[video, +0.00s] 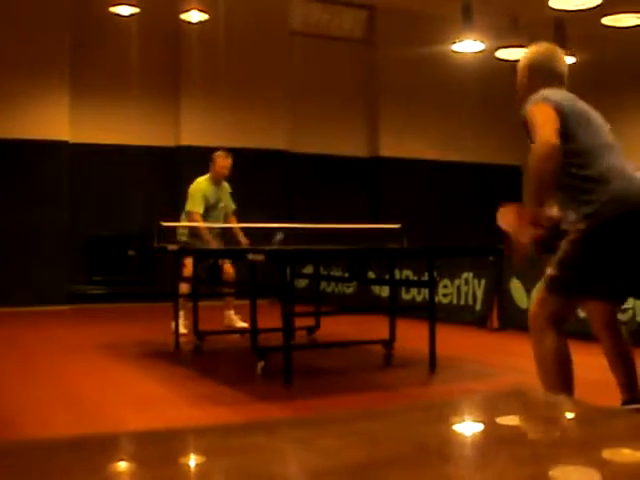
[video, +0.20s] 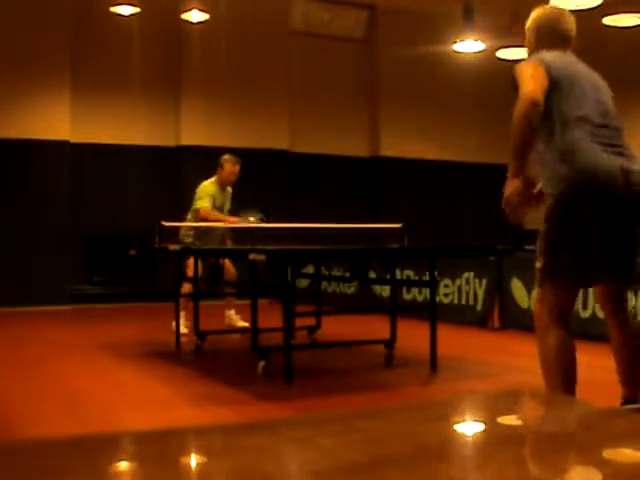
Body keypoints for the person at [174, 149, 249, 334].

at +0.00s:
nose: (225, 171)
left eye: (227, 168)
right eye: (222, 167)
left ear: (229, 168)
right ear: (212, 166)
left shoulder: (224, 187)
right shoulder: (199, 186)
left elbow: (230, 216)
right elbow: (195, 218)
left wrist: (240, 236)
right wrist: (210, 241)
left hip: (212, 237)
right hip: (190, 238)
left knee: (228, 271)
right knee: (188, 272)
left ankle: (229, 313)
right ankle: (182, 317)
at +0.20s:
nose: (234, 176)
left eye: (236, 173)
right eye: (231, 172)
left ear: (236, 173)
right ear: (220, 170)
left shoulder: (228, 191)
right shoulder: (206, 187)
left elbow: (224, 217)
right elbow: (203, 212)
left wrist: (227, 238)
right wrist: (227, 219)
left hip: (213, 240)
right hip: (193, 240)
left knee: (230, 272)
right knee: (192, 275)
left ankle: (230, 313)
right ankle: (182, 318)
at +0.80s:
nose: (230, 158)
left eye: (233, 155)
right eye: (227, 154)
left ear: (237, 158)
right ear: (220, 156)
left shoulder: (239, 178)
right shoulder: (210, 177)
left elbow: (245, 207)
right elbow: (202, 208)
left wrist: (256, 226)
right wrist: (215, 225)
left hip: (230, 234)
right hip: (207, 233)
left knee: (237, 272)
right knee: (201, 272)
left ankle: (232, 312)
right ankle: (192, 313)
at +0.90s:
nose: (227, 158)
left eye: (230, 155)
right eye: (224, 154)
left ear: (234, 158)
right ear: (217, 157)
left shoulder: (237, 178)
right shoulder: (207, 178)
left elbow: (242, 206)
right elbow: (199, 208)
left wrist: (252, 222)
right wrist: (213, 225)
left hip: (231, 233)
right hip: (208, 234)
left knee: (244, 268)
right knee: (202, 271)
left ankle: (239, 308)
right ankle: (194, 313)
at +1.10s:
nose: (230, 162)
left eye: (233, 159)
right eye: (227, 158)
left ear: (237, 161)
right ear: (219, 159)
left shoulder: (242, 182)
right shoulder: (210, 182)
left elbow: (250, 208)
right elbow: (201, 208)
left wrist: (250, 229)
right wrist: (215, 224)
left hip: (236, 236)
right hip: (211, 236)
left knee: (249, 271)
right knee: (202, 274)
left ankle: (259, 310)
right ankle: (194, 314)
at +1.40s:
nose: (238, 165)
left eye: (241, 162)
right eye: (235, 161)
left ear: (245, 164)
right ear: (228, 163)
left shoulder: (249, 184)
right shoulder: (217, 183)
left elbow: (257, 211)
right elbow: (207, 211)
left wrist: (260, 234)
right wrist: (218, 228)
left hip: (241, 236)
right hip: (218, 236)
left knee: (255, 271)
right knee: (204, 273)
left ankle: (260, 310)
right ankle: (195, 312)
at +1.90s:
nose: (254, 165)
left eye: (258, 163)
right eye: (252, 160)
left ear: (260, 167)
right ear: (244, 160)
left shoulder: (257, 190)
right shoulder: (230, 175)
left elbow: (258, 221)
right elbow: (212, 176)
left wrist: (260, 246)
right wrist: (225, 161)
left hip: (243, 238)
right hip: (220, 235)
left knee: (258, 273)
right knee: (206, 273)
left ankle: (260, 311)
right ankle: (194, 313)